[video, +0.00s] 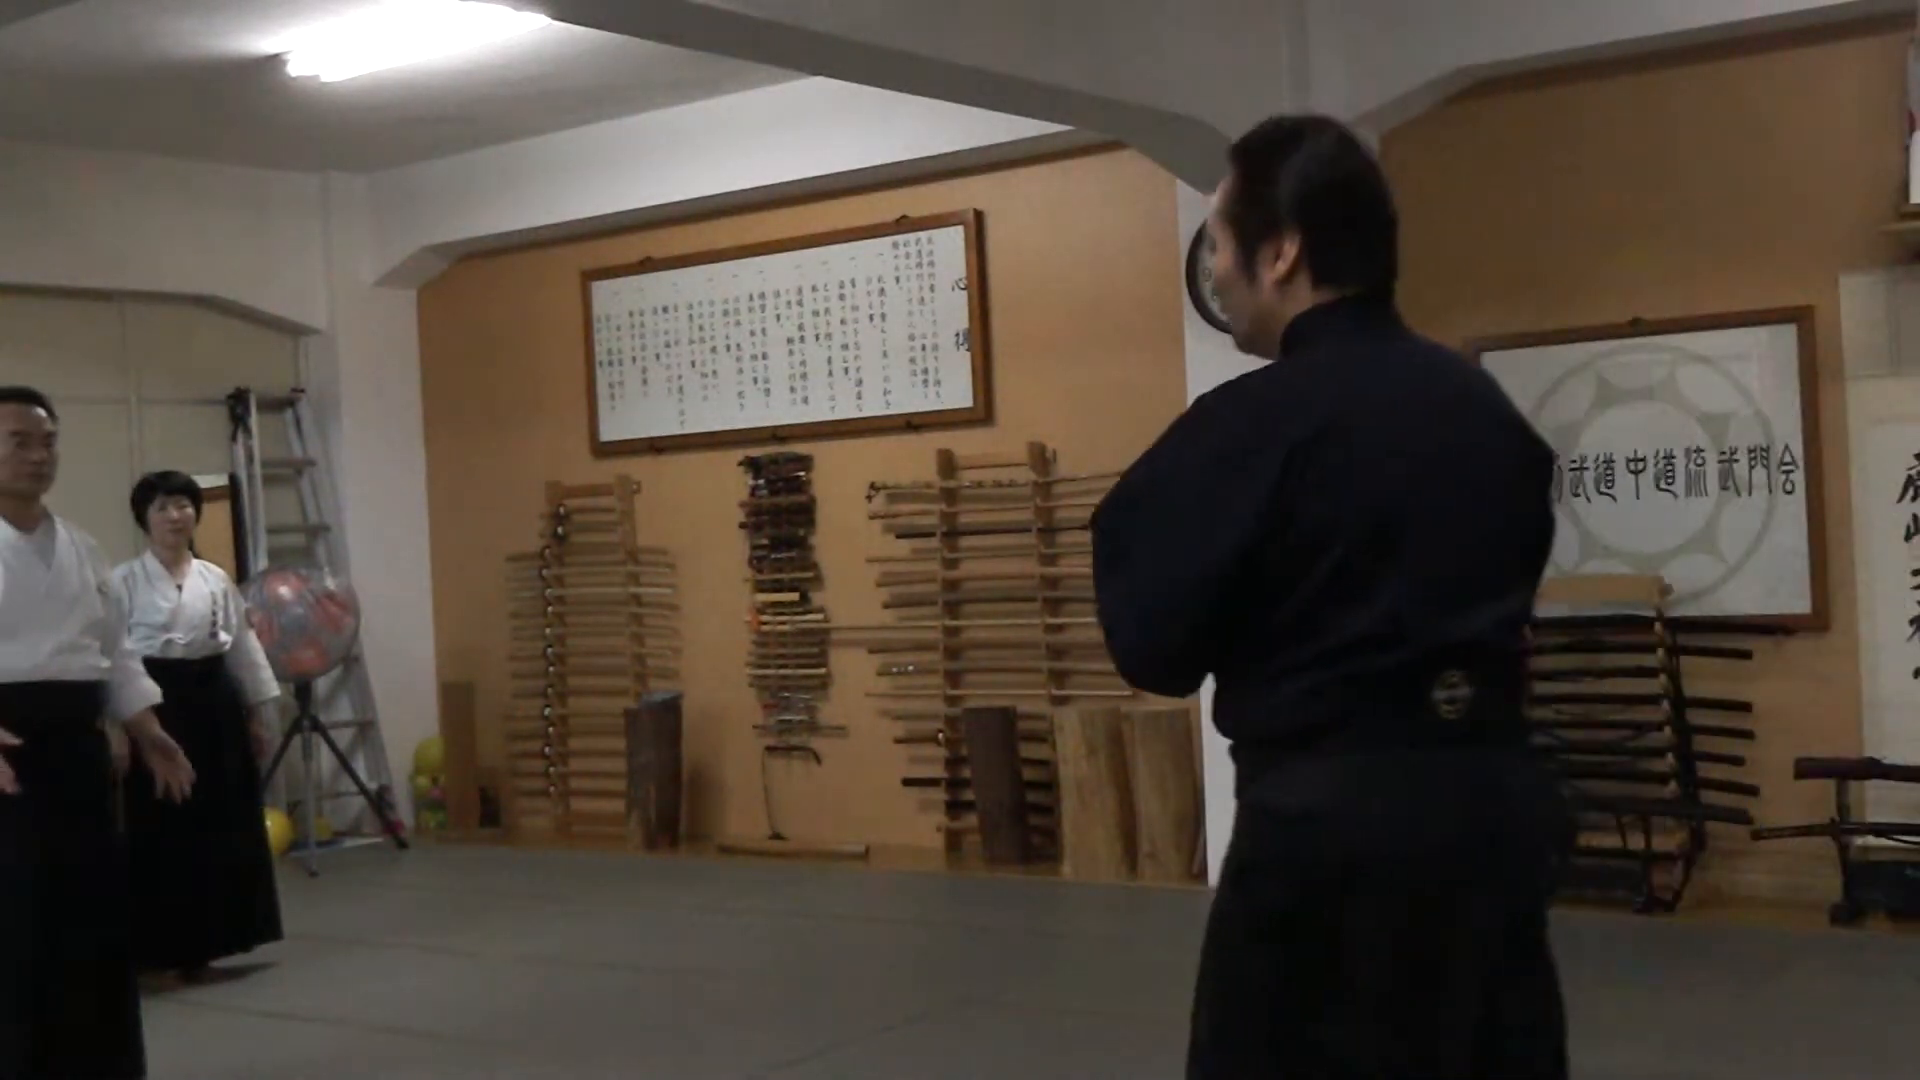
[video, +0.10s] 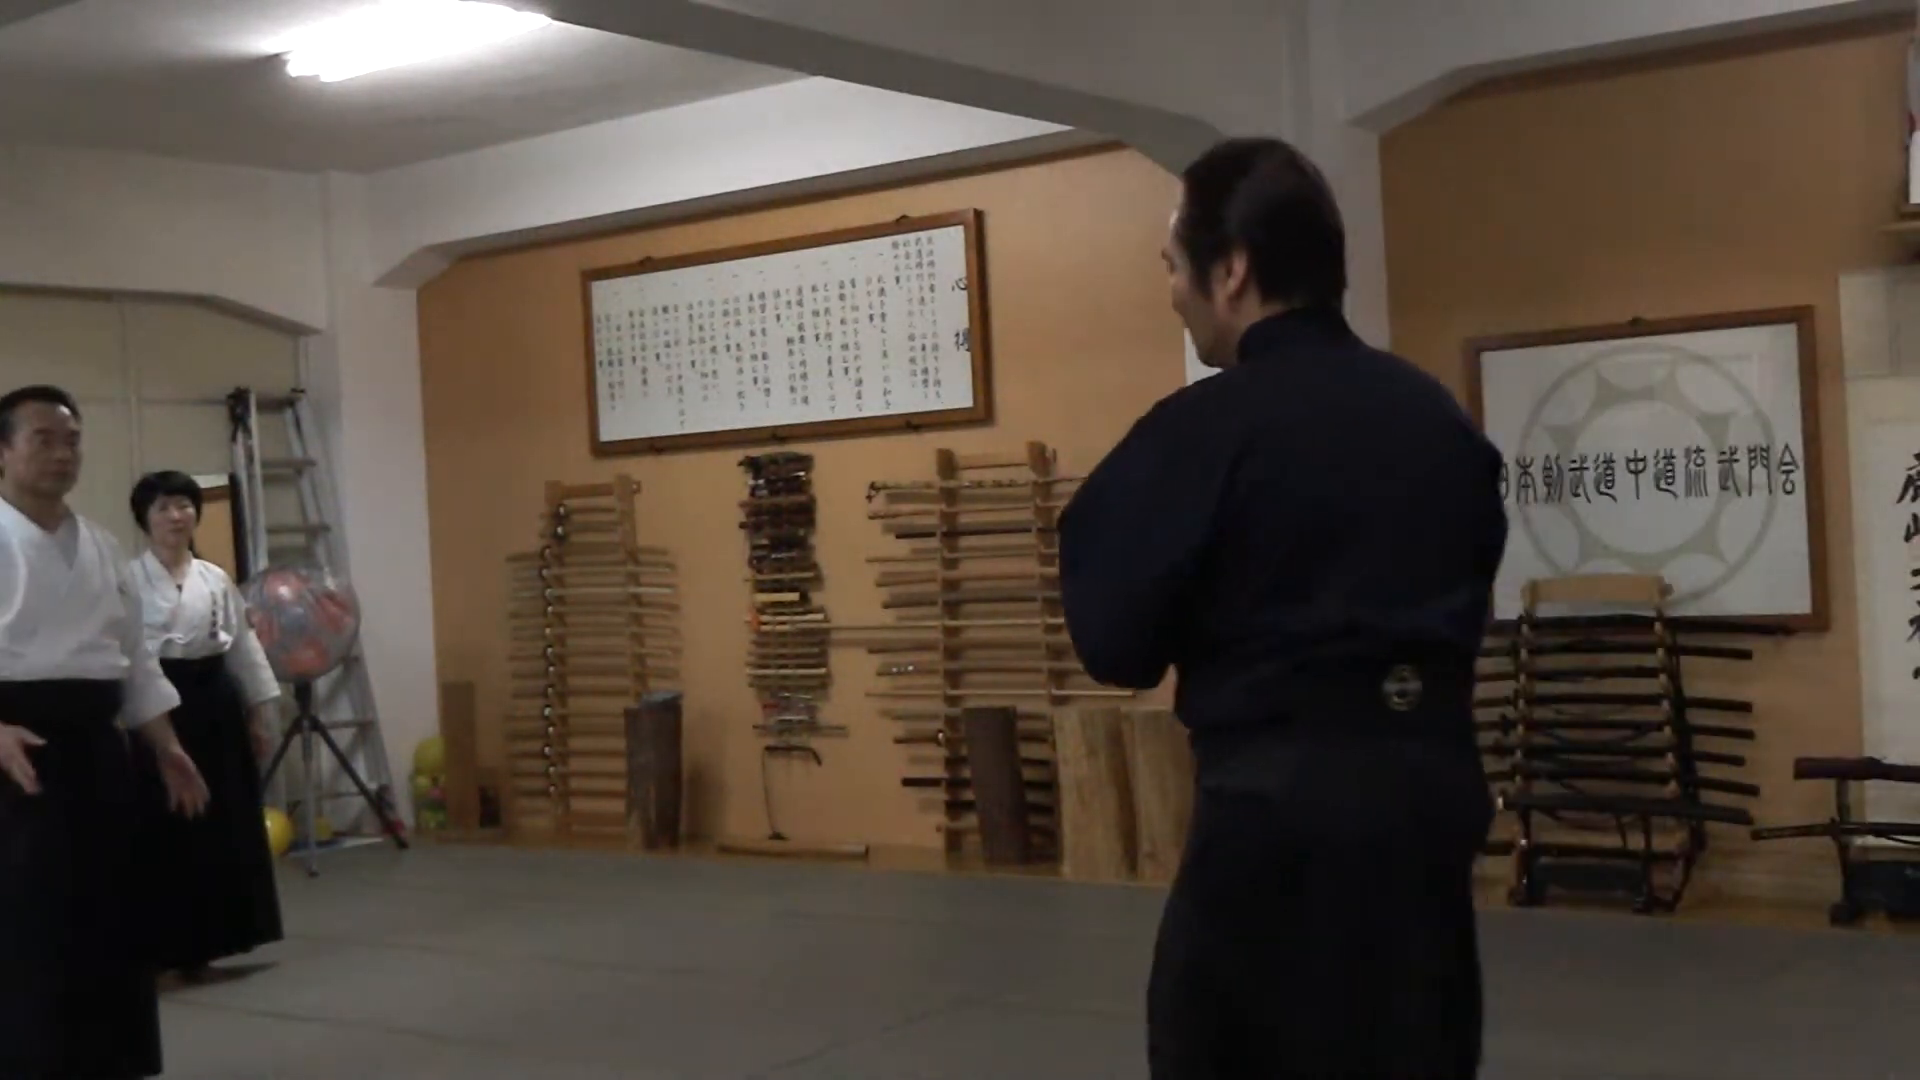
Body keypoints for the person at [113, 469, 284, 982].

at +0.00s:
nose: (175, 515)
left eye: (183, 506)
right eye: (163, 507)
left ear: (197, 515)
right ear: (144, 519)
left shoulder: (216, 580)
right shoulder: (124, 581)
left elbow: (243, 646)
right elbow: (112, 658)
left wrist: (262, 713)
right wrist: (121, 729)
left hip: (211, 702)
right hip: (153, 706)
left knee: (213, 818)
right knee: (159, 822)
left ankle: (203, 946)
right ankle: (162, 949)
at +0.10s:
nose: (177, 516)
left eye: (185, 506)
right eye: (164, 508)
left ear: (197, 515)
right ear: (145, 520)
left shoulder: (216, 579)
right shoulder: (129, 580)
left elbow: (242, 647)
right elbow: (122, 654)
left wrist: (261, 714)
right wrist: (132, 723)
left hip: (213, 700)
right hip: (155, 704)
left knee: (217, 816)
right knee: (162, 820)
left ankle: (204, 945)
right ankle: (168, 949)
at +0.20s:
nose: (177, 515)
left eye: (185, 506)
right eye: (165, 507)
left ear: (197, 515)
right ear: (144, 518)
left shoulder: (214, 578)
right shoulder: (133, 579)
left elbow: (241, 644)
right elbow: (128, 651)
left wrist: (261, 707)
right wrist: (138, 721)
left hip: (214, 695)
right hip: (157, 700)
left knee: (224, 812)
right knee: (166, 818)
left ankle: (213, 938)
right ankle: (175, 945)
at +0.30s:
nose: (178, 515)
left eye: (186, 506)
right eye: (166, 507)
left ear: (197, 515)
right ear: (145, 519)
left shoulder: (215, 578)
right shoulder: (137, 580)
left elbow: (241, 644)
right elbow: (133, 653)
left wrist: (261, 708)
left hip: (214, 690)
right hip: (160, 696)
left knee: (226, 809)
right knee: (169, 814)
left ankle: (215, 938)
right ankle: (180, 943)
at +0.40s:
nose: (179, 515)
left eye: (187, 506)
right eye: (167, 507)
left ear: (198, 515)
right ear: (147, 518)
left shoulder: (215, 579)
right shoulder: (139, 578)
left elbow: (241, 644)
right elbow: (134, 653)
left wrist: (261, 708)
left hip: (215, 690)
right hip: (159, 698)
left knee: (225, 812)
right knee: (170, 816)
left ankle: (216, 940)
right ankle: (181, 944)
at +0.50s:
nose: (180, 515)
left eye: (188, 506)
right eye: (168, 508)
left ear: (199, 516)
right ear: (146, 520)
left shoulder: (215, 579)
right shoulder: (138, 578)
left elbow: (241, 645)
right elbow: (131, 655)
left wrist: (261, 708)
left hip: (215, 699)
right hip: (157, 707)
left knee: (222, 818)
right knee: (169, 823)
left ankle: (217, 941)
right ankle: (179, 945)